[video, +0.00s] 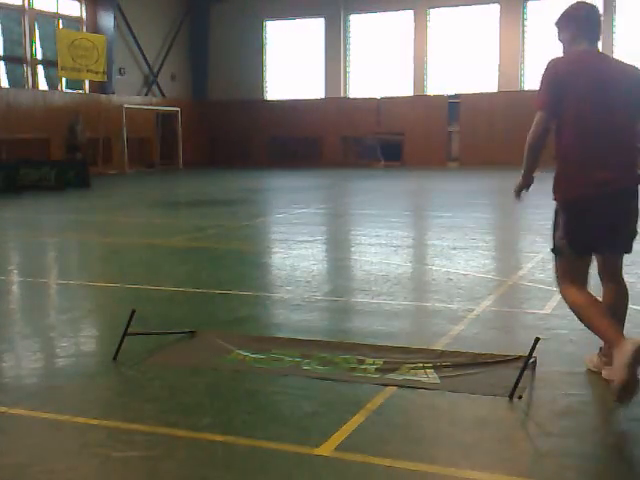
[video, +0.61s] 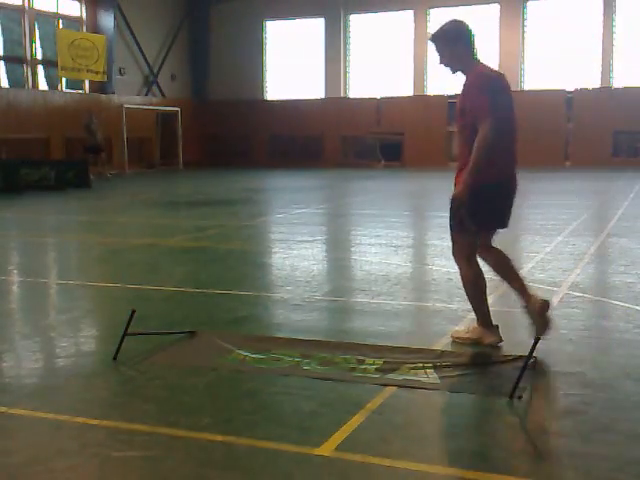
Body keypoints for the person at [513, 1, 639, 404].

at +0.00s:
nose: (559, 41)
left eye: (560, 34)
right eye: (560, 34)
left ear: (568, 32)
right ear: (597, 32)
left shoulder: (559, 68)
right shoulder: (629, 72)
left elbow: (539, 132)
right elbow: (635, 134)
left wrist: (526, 175)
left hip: (578, 194)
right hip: (624, 192)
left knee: (571, 284)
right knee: (613, 274)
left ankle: (621, 345)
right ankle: (607, 356)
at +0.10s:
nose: (542, 38)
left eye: (544, 31)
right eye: (541, 32)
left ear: (556, 28)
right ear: (576, 27)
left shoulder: (549, 61)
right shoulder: (612, 67)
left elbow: (535, 125)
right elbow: (635, 125)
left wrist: (520, 182)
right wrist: (620, 160)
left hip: (561, 184)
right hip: (608, 184)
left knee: (540, 262)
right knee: (607, 272)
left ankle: (595, 326)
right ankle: (608, 360)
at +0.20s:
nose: (523, 44)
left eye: (525, 37)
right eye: (523, 37)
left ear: (538, 34)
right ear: (557, 35)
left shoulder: (534, 69)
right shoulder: (594, 72)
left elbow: (527, 120)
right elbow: (615, 128)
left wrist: (517, 182)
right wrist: (603, 166)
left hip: (547, 185)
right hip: (595, 183)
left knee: (513, 252)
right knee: (604, 271)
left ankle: (553, 328)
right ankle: (607, 355)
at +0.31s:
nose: (500, 50)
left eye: (503, 43)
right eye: (500, 43)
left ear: (515, 43)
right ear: (533, 42)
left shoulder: (516, 80)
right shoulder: (568, 79)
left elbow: (514, 131)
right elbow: (584, 132)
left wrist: (514, 186)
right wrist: (569, 170)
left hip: (534, 193)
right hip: (577, 190)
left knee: (503, 259)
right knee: (594, 268)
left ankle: (502, 329)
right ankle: (607, 354)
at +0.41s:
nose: (475, 60)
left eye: (477, 52)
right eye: (474, 53)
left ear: (492, 50)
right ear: (505, 49)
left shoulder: (496, 89)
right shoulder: (540, 84)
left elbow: (498, 140)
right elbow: (558, 138)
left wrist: (501, 194)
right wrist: (551, 176)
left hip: (512, 193)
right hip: (551, 191)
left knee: (487, 257)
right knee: (569, 264)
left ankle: (488, 329)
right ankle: (601, 339)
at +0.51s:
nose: (453, 65)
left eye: (455, 57)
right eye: (452, 58)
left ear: (472, 52)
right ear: (483, 50)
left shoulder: (480, 89)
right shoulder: (517, 83)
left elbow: (487, 136)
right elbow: (529, 138)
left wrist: (482, 194)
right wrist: (525, 180)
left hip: (486, 191)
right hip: (522, 187)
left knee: (467, 255)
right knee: (526, 256)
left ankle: (485, 327)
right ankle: (568, 309)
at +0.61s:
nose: (439, 59)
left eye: (442, 52)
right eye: (438, 53)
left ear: (461, 47)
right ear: (463, 49)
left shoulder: (479, 82)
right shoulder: (490, 79)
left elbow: (486, 133)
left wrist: (465, 182)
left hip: (476, 181)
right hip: (499, 180)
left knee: (464, 254)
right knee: (483, 245)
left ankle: (485, 328)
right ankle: (531, 301)